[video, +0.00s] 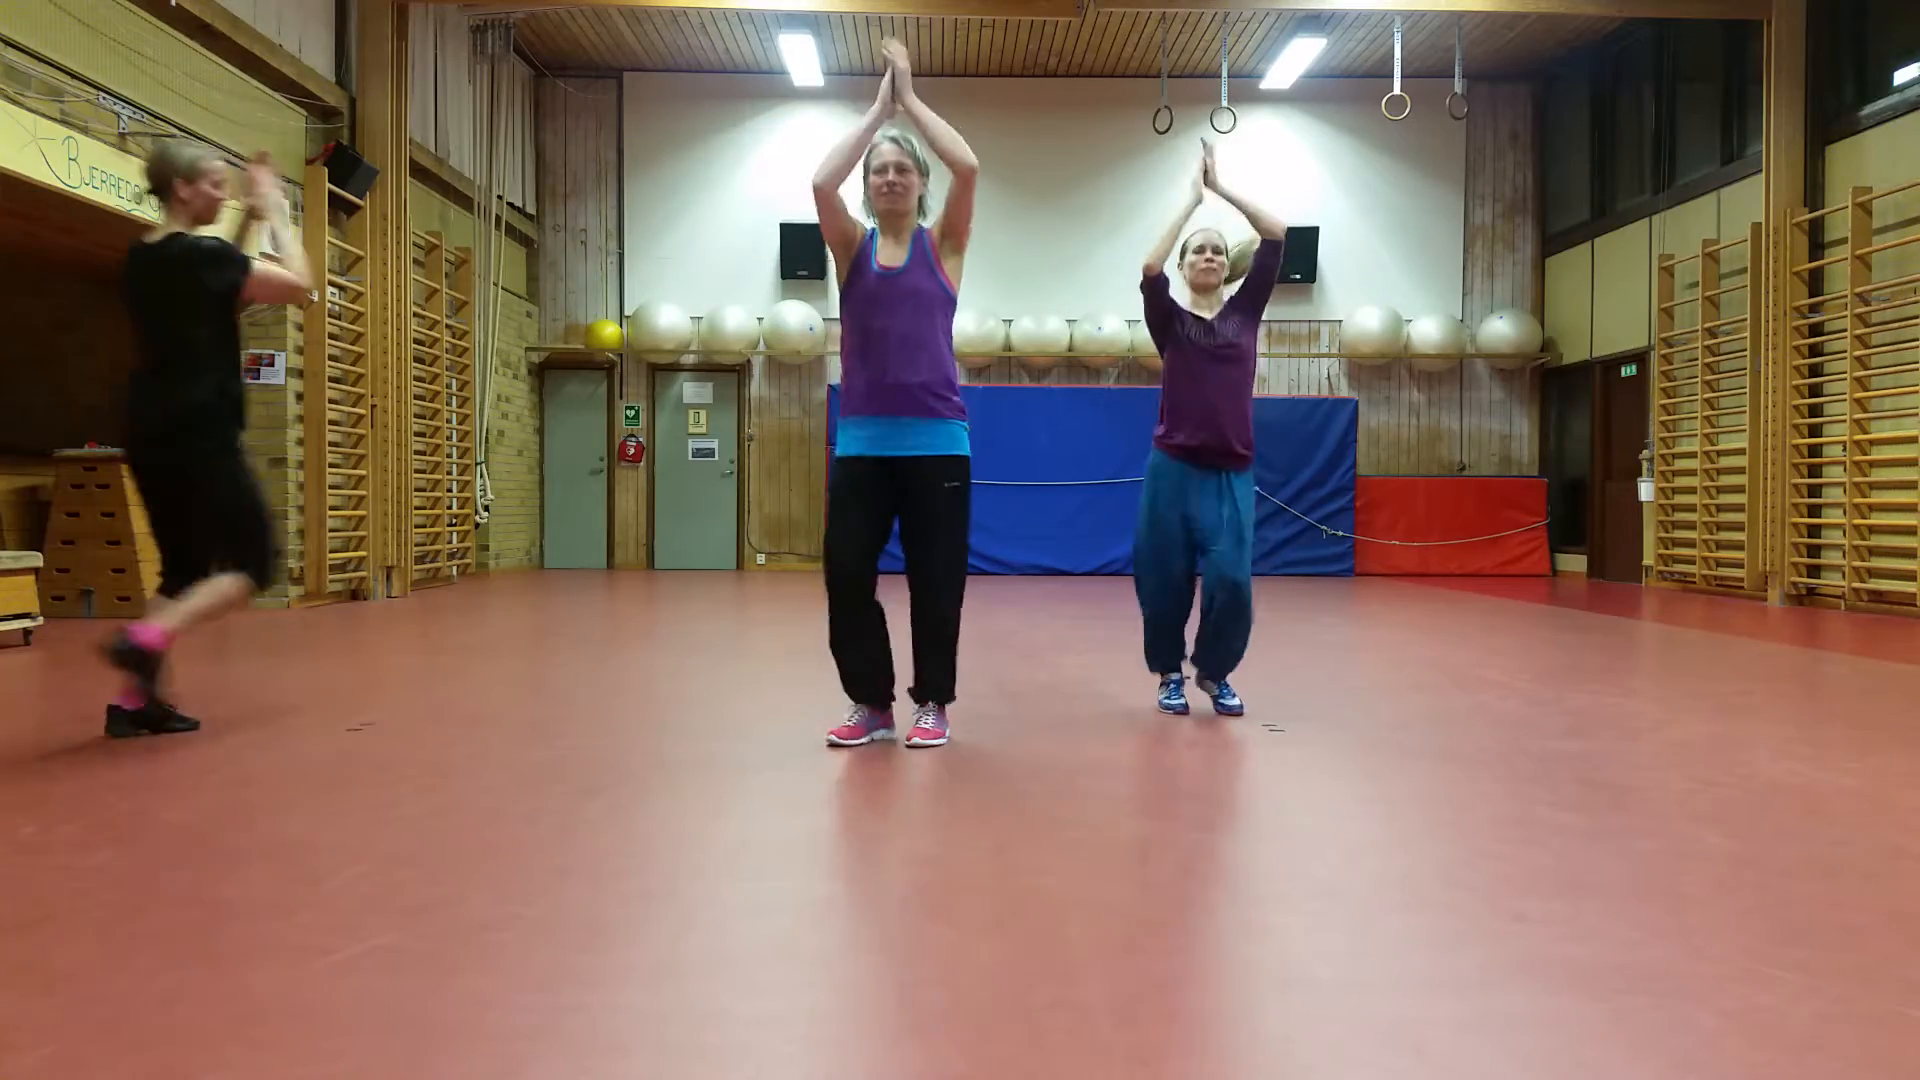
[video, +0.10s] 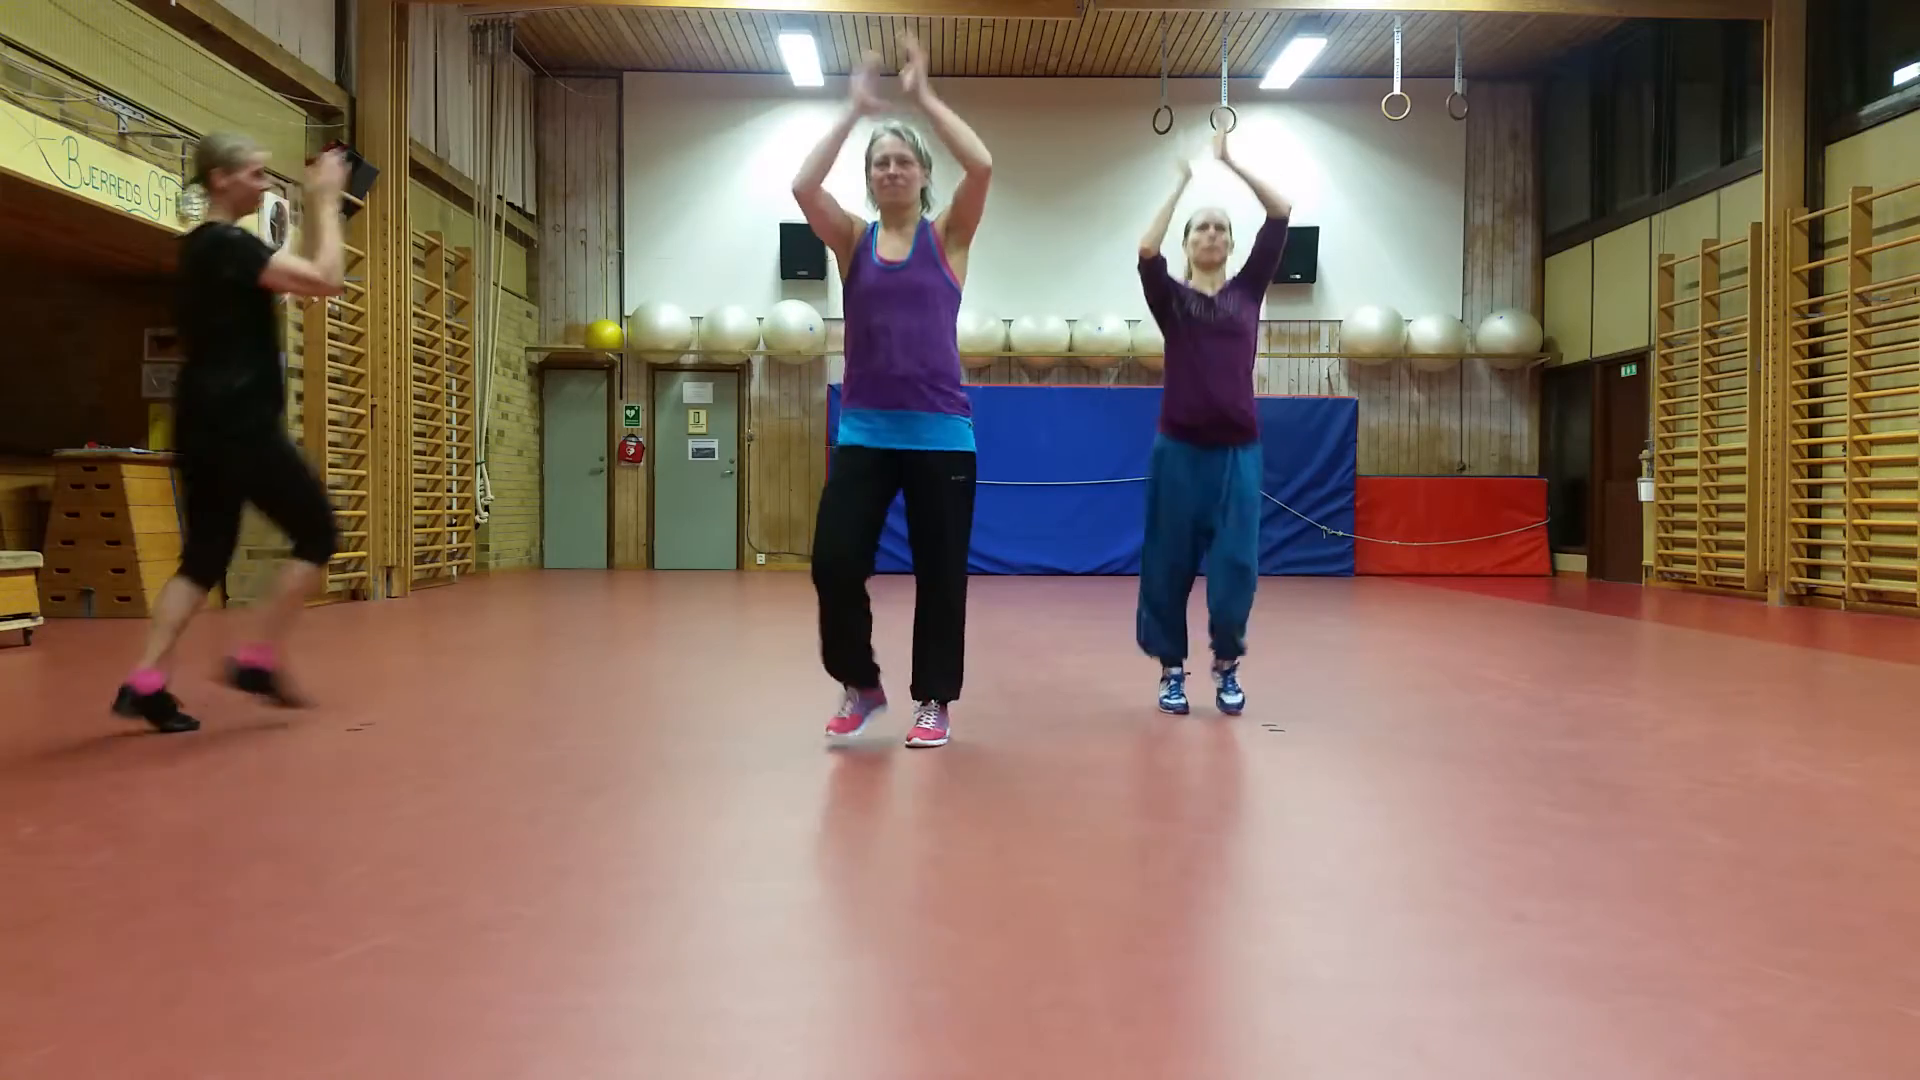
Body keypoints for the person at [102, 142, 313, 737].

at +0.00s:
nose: (223, 195)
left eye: (224, 185)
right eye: (216, 184)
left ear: (171, 193)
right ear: (183, 189)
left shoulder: (140, 256)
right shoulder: (208, 256)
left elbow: (222, 283)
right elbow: (300, 283)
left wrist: (251, 213)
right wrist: (273, 210)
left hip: (149, 435)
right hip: (203, 435)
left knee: (182, 564)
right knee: (252, 563)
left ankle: (142, 700)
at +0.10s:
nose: (265, 182)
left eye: (265, 174)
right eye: (256, 173)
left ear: (221, 182)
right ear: (220, 180)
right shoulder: (229, 244)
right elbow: (324, 277)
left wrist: (323, 204)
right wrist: (325, 195)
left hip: (202, 431)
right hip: (243, 430)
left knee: (204, 555)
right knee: (318, 535)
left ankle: (145, 682)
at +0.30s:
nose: (342, 219)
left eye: (343, 210)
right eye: (333, 209)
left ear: (311, 217)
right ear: (297, 213)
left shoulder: (311, 271)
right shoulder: (302, 276)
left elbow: (386, 285)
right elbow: (388, 290)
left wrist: (396, 220)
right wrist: (391, 220)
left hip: (309, 443)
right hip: (330, 444)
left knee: (322, 561)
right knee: (365, 556)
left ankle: (231, 649)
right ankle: (340, 681)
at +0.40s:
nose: (375, 231)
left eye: (377, 222)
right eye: (365, 221)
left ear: (360, 227)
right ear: (333, 225)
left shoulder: (344, 281)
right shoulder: (332, 285)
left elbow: (416, 305)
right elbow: (422, 307)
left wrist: (426, 238)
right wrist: (429, 233)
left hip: (363, 445)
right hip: (356, 449)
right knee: (394, 561)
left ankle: (302, 621)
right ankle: (341, 683)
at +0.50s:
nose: (410, 211)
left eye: (410, 202)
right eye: (400, 202)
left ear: (385, 210)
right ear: (368, 209)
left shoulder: (380, 263)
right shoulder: (366, 265)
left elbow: (455, 291)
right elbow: (459, 287)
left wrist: (462, 214)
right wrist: (464, 215)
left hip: (400, 432)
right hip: (382, 435)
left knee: (461, 523)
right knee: (398, 561)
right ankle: (342, 671)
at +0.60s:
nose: (441, 208)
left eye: (443, 199)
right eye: (432, 199)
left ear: (431, 205)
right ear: (400, 204)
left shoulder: (424, 256)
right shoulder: (398, 256)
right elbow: (492, 278)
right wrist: (494, 203)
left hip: (438, 414)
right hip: (410, 416)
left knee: (475, 525)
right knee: (448, 533)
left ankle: (468, 641)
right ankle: (367, 648)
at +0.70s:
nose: (465, 227)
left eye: (467, 218)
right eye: (453, 218)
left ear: (469, 225)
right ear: (423, 230)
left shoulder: (458, 280)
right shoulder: (425, 283)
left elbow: (515, 289)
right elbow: (513, 294)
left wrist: (517, 227)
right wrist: (521, 230)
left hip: (476, 433)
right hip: (441, 436)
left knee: (496, 548)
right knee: (482, 548)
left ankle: (472, 654)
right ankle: (413, 654)